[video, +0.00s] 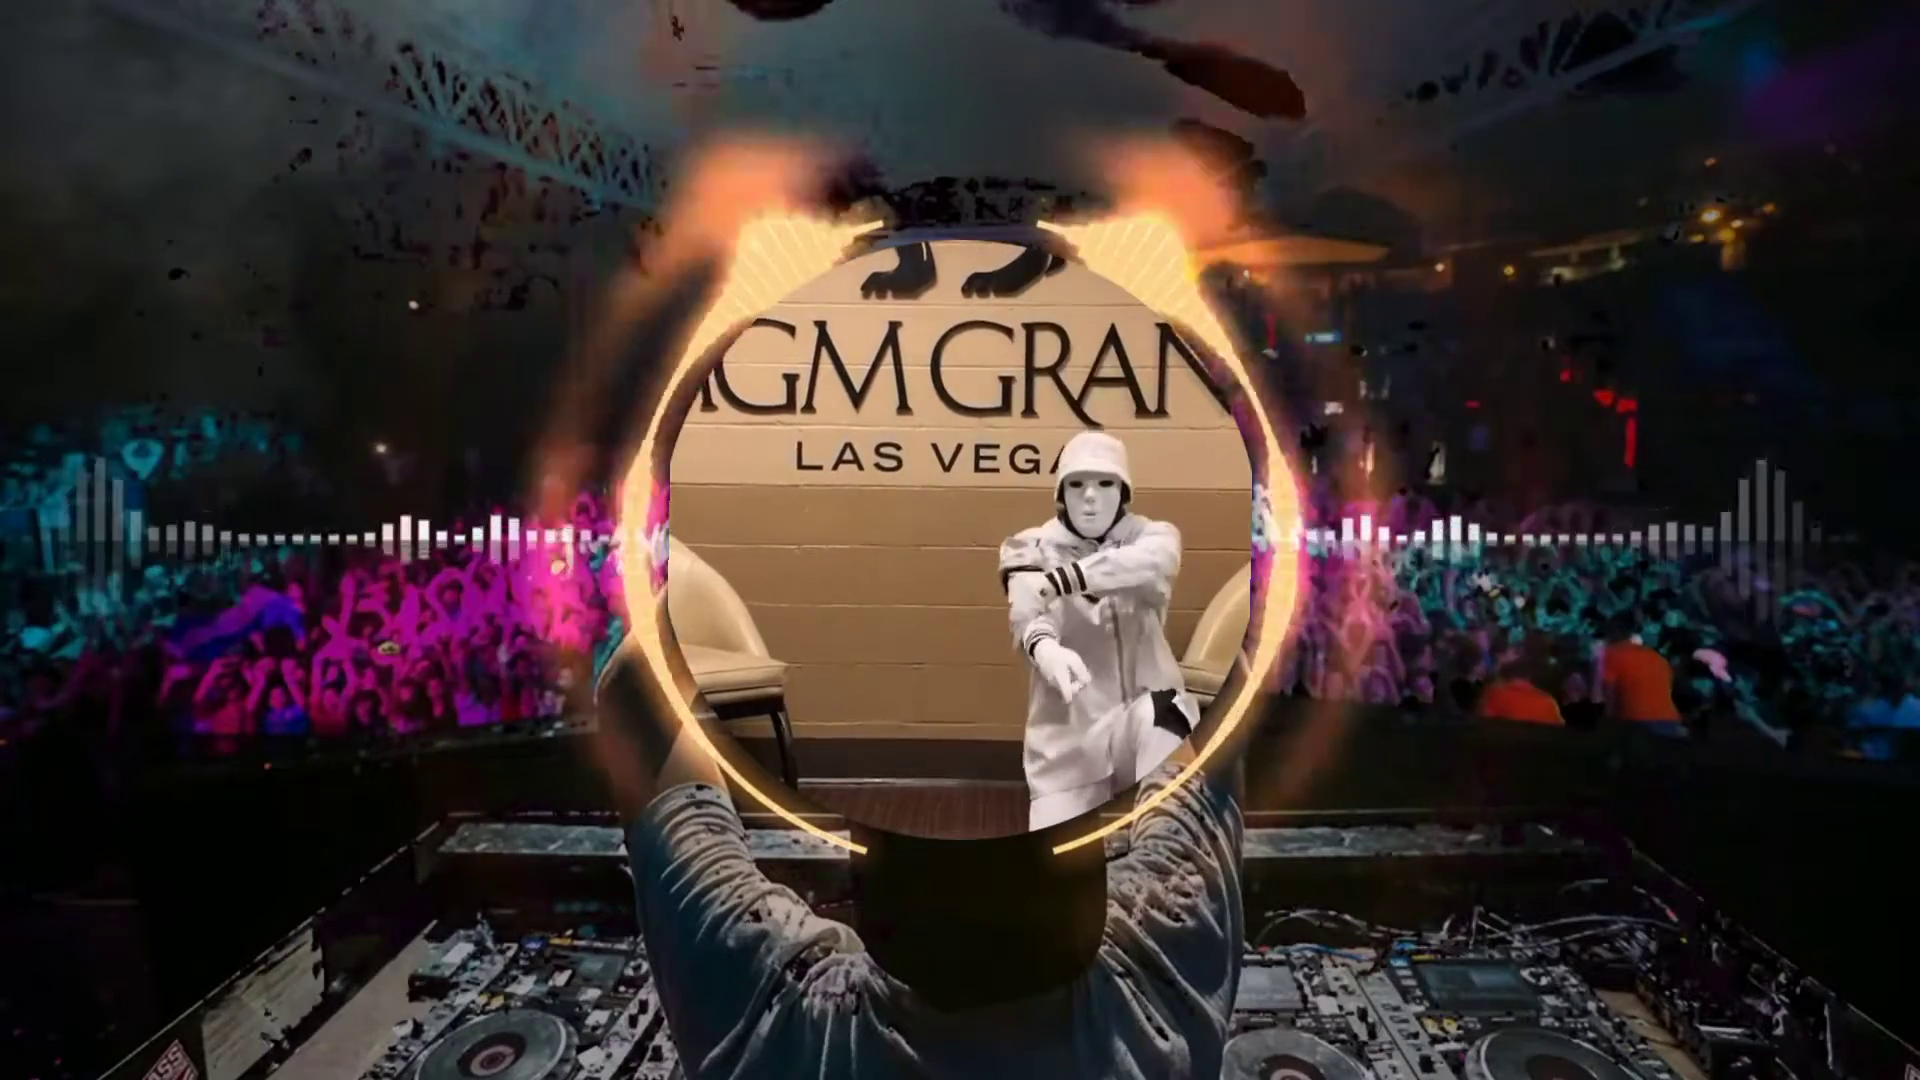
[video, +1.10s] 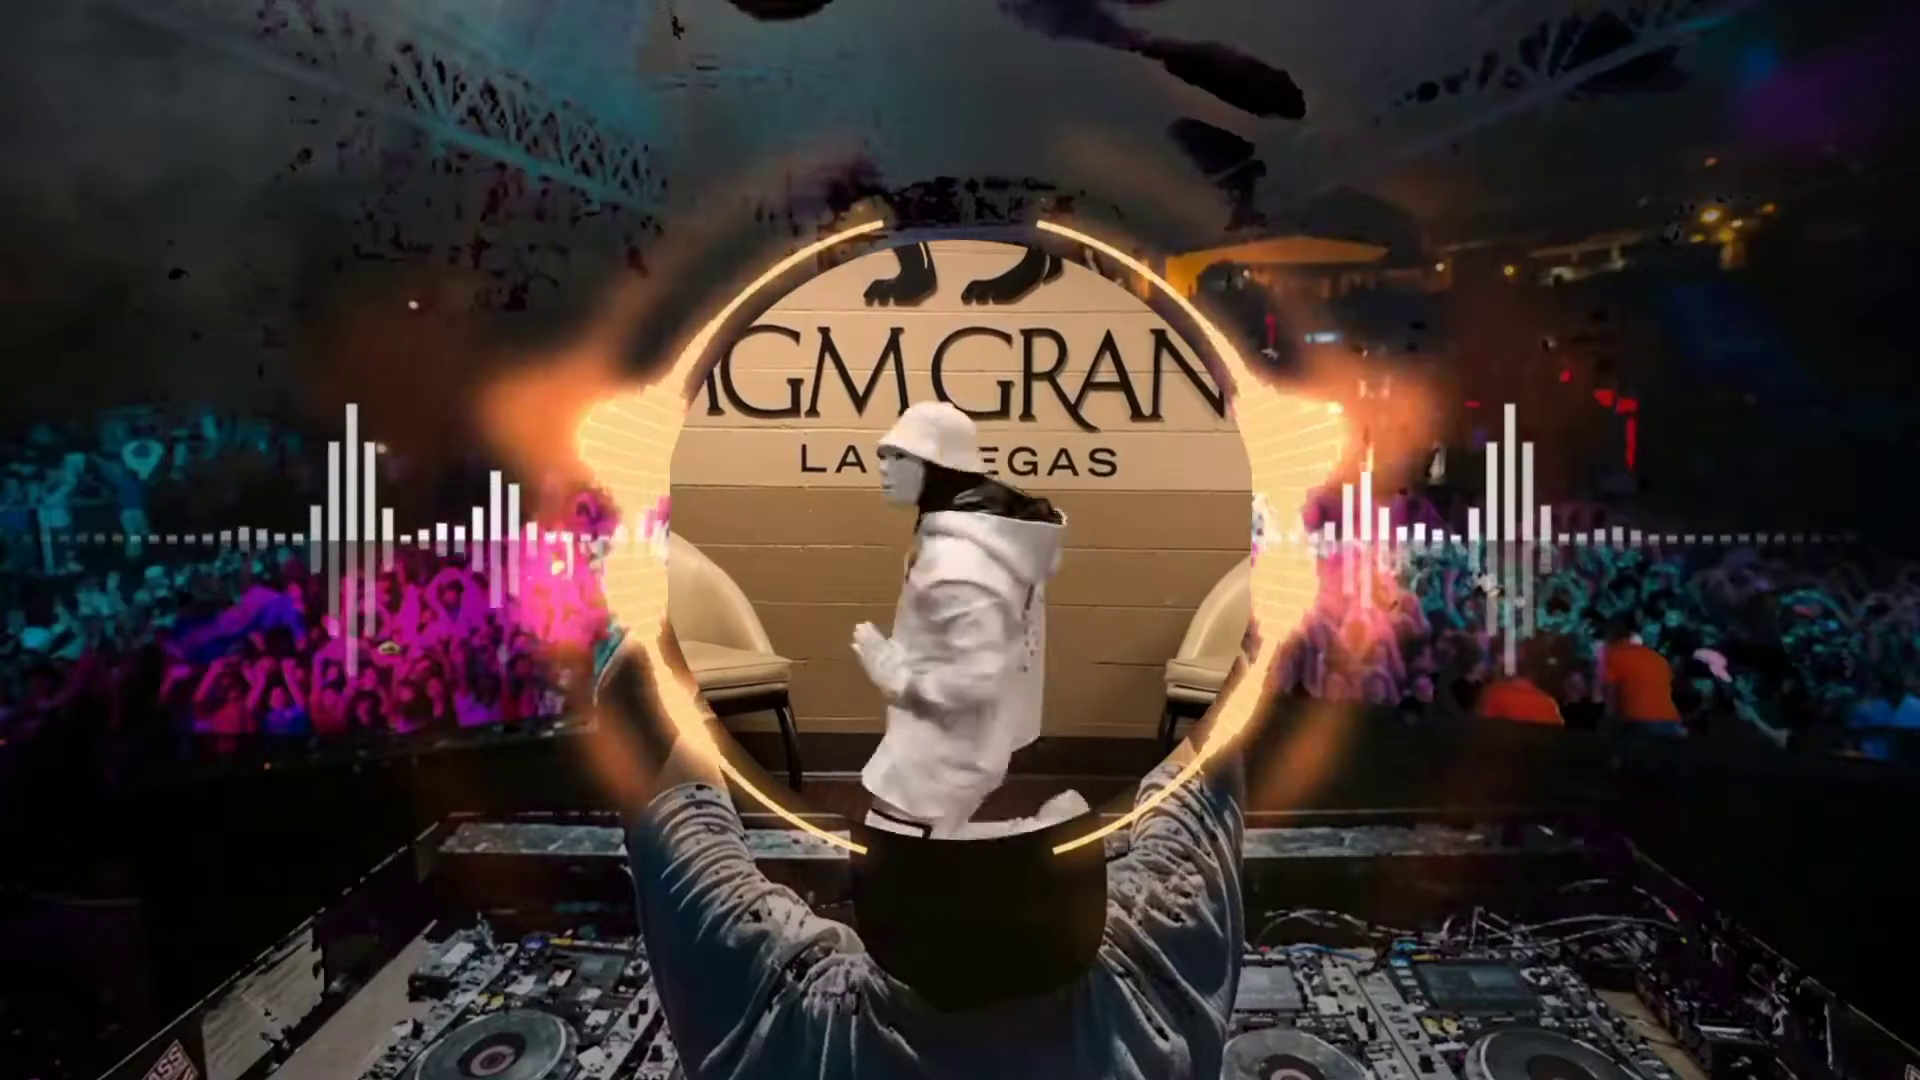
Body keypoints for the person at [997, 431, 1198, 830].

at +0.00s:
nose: (1090, 497)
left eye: (1104, 484)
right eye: (1077, 485)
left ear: (1123, 492)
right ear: (1060, 493)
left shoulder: (1154, 536)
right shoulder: (1029, 548)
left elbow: (1152, 566)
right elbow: (1028, 609)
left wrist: (1064, 580)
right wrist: (1046, 647)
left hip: (1140, 733)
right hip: (1064, 749)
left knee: (1165, 707)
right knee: (1062, 877)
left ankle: (1159, 841)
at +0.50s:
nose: (1095, 498)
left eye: (1110, 485)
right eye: (1082, 486)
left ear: (1128, 494)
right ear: (1066, 494)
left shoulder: (1157, 540)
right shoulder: (1027, 550)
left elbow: (1166, 576)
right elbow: (1016, 613)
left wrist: (1068, 595)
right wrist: (1044, 662)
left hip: (1138, 732)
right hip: (1064, 743)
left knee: (1165, 707)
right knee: (1057, 870)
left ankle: (1162, 835)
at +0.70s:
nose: (1063, 496)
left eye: (1078, 483)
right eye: (1051, 484)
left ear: (1097, 492)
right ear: (1036, 491)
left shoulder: (1129, 543)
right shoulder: (1004, 546)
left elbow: (1159, 597)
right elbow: (979, 634)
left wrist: (1062, 586)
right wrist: (974, 717)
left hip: (1103, 699)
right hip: (1023, 713)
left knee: (1060, 736)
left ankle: (1108, 861)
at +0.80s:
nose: (1027, 489)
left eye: (1041, 477)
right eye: (1016, 477)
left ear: (1063, 484)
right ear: (1003, 484)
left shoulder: (1097, 539)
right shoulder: (976, 540)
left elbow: (1155, 604)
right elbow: (956, 643)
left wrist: (1058, 581)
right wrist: (945, 730)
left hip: (1055, 708)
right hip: (984, 709)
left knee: (964, 792)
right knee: (932, 838)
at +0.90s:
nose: (992, 477)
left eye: (1007, 465)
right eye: (982, 465)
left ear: (1030, 475)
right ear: (972, 473)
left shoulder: (1064, 546)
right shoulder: (958, 540)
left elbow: (1130, 619)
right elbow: (938, 644)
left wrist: (1058, 624)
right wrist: (923, 730)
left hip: (1015, 741)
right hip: (956, 729)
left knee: (918, 841)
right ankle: (1062, 795)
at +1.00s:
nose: (952, 465)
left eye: (969, 452)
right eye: (945, 452)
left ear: (995, 463)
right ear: (936, 459)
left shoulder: (1018, 547)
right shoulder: (959, 534)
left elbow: (1077, 637)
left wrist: (998, 669)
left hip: (981, 764)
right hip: (936, 750)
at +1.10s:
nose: (884, 467)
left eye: (896, 457)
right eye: (886, 456)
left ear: (932, 468)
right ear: (936, 469)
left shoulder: (956, 564)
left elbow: (976, 678)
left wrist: (888, 668)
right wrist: (899, 659)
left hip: (942, 754)